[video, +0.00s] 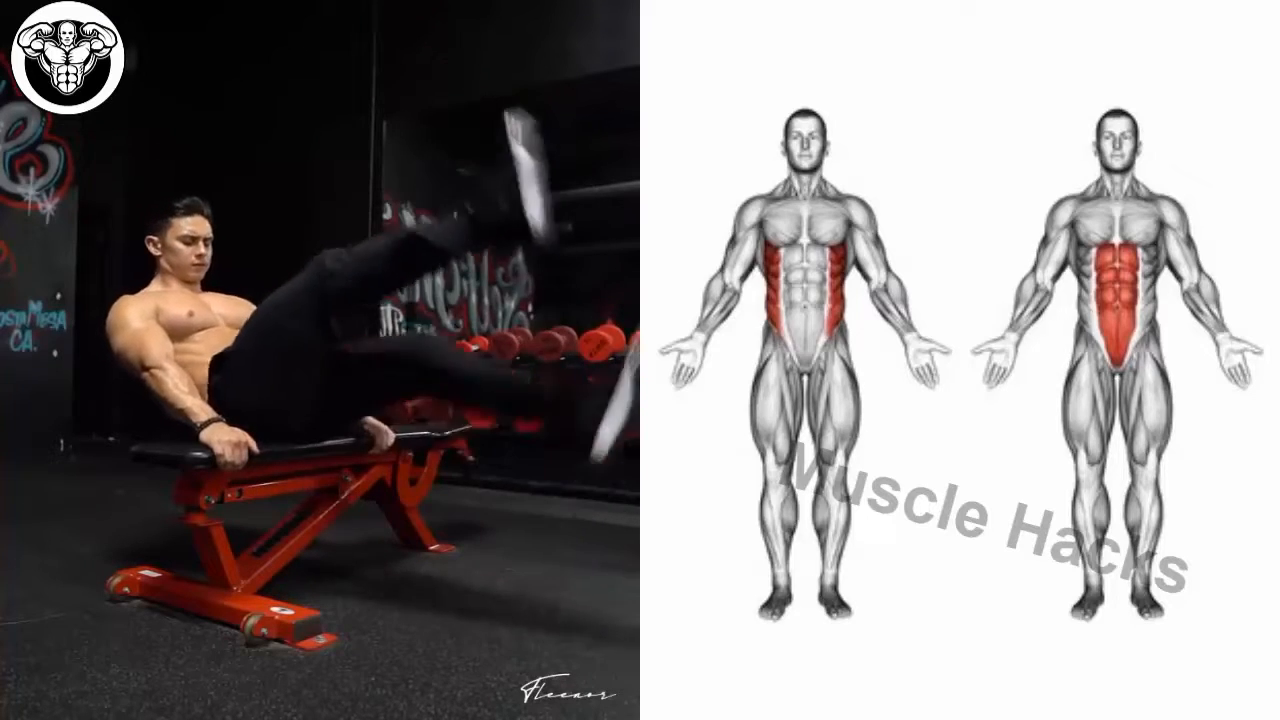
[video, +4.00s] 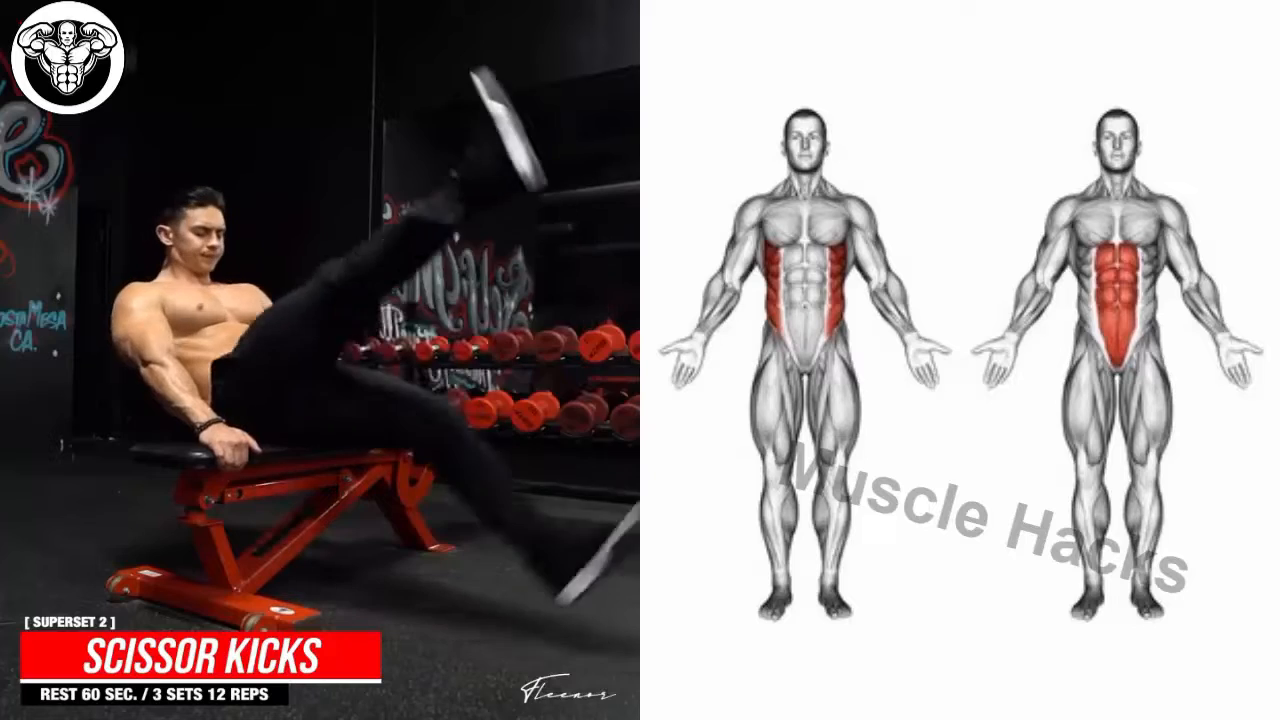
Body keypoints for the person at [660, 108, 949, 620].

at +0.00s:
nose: (805, 146)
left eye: (812, 138)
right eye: (797, 138)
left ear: (825, 146)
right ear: (785, 146)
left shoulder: (852, 211)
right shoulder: (758, 211)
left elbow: (881, 281)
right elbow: (729, 281)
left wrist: (910, 337)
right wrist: (700, 336)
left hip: (832, 355)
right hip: (777, 355)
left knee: (834, 467)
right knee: (777, 469)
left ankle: (830, 584)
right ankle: (780, 585)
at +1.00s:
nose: (804, 146)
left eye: (812, 138)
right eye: (797, 138)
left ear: (825, 145)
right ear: (785, 145)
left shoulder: (852, 211)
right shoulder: (758, 211)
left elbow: (881, 281)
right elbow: (729, 281)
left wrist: (910, 336)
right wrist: (700, 336)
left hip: (832, 355)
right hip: (777, 355)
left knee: (834, 468)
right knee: (777, 469)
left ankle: (830, 584)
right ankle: (780, 585)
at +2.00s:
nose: (804, 145)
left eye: (812, 138)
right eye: (797, 138)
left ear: (825, 146)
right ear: (785, 145)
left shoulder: (852, 211)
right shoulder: (758, 211)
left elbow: (881, 282)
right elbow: (729, 281)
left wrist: (910, 336)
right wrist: (700, 336)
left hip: (832, 355)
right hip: (777, 355)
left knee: (834, 467)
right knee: (777, 469)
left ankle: (830, 584)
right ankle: (780, 585)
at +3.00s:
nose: (805, 146)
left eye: (812, 138)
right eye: (797, 138)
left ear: (825, 145)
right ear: (785, 145)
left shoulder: (852, 211)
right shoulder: (758, 211)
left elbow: (881, 281)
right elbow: (729, 282)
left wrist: (910, 336)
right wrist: (700, 336)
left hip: (832, 356)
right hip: (777, 355)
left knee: (834, 467)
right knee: (777, 469)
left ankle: (830, 584)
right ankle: (780, 585)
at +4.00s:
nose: (804, 146)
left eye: (812, 138)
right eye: (797, 138)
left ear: (825, 145)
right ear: (785, 145)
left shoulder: (851, 211)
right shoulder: (758, 211)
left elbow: (881, 281)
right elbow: (729, 281)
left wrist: (909, 336)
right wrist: (700, 336)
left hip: (832, 356)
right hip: (777, 355)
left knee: (834, 467)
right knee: (776, 469)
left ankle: (830, 584)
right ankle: (780, 585)